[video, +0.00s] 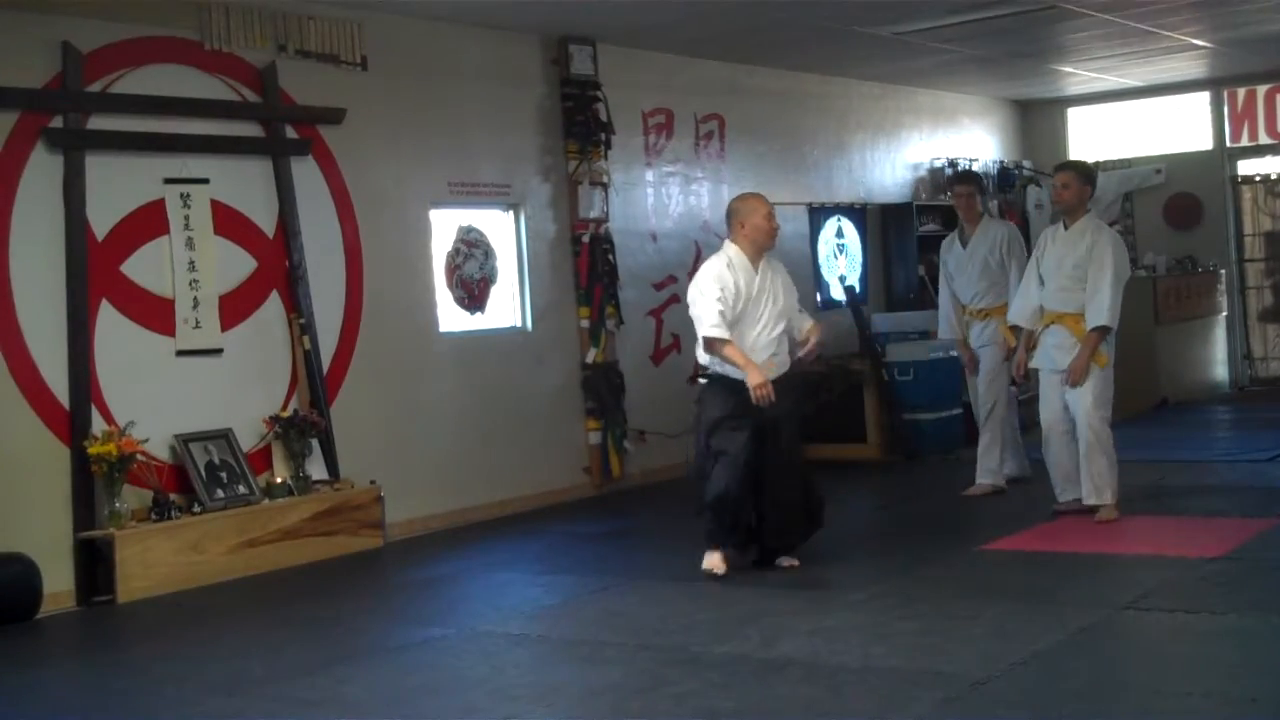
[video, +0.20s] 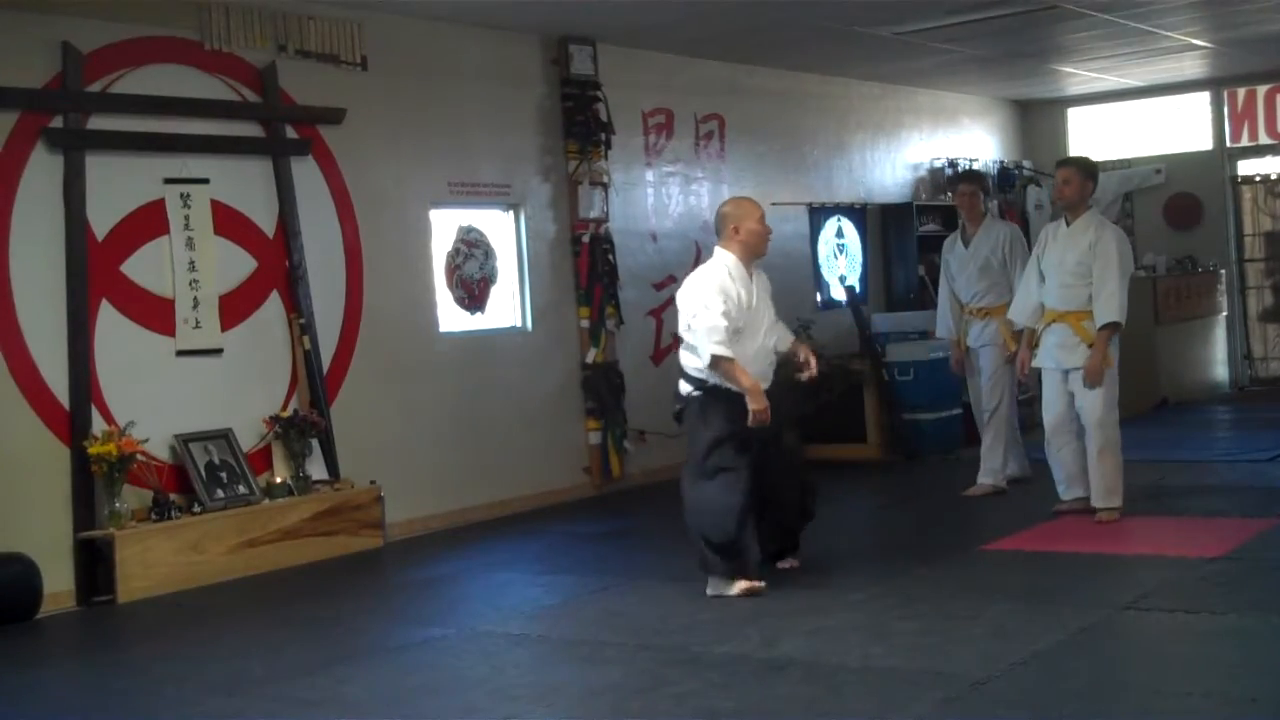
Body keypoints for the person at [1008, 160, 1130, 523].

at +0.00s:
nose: (1056, 193)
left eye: (1064, 187)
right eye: (1054, 187)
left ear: (1087, 191)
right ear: (1053, 192)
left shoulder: (1103, 237)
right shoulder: (1048, 238)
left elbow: (1106, 300)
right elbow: (1033, 294)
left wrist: (1085, 354)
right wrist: (1022, 346)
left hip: (1087, 336)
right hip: (1049, 336)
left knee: (1091, 420)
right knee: (1053, 421)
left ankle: (1105, 499)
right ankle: (1069, 495)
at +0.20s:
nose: (1057, 189)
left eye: (1066, 183)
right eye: (1056, 183)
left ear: (1088, 188)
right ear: (1056, 187)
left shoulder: (1106, 235)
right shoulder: (1049, 234)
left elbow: (1112, 295)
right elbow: (1033, 290)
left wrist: (1100, 350)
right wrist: (1025, 343)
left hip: (1091, 338)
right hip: (1052, 338)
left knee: (1098, 422)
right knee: (1056, 421)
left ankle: (1108, 502)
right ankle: (1074, 494)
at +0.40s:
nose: (1058, 184)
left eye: (1066, 178)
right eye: (1056, 178)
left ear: (1088, 183)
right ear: (1056, 183)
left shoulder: (1107, 231)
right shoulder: (1048, 232)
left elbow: (1117, 292)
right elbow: (1033, 288)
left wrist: (1112, 350)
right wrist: (1024, 340)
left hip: (1090, 335)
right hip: (1052, 336)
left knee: (1099, 421)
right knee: (1061, 421)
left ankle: (1111, 500)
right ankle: (1081, 493)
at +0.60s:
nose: (1056, 183)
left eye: (1064, 177)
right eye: (1054, 178)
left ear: (1087, 181)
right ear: (1055, 182)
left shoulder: (1106, 229)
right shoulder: (1047, 232)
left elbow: (1118, 291)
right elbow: (1032, 288)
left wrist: (1117, 350)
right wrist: (1020, 340)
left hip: (1092, 335)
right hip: (1052, 336)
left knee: (1100, 420)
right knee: (1052, 419)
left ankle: (1112, 499)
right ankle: (1076, 487)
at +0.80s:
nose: (1052, 187)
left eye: (1059, 181)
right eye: (1050, 181)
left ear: (1082, 185)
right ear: (1050, 187)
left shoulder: (1103, 234)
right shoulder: (1042, 236)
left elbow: (1114, 294)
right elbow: (1027, 292)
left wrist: (1108, 352)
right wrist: (1018, 345)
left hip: (1090, 339)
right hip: (1046, 340)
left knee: (1099, 427)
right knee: (1039, 422)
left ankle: (1110, 502)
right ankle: (1051, 501)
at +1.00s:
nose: (1037, 200)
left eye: (1045, 193)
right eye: (1034, 194)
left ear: (1069, 197)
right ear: (1033, 200)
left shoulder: (1093, 247)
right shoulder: (1027, 249)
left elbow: (1100, 309)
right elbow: (1011, 305)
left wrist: (1080, 365)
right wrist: (1002, 362)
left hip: (1080, 351)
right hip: (1035, 350)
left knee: (1094, 439)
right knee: (1016, 428)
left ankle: (1102, 507)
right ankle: (1008, 508)